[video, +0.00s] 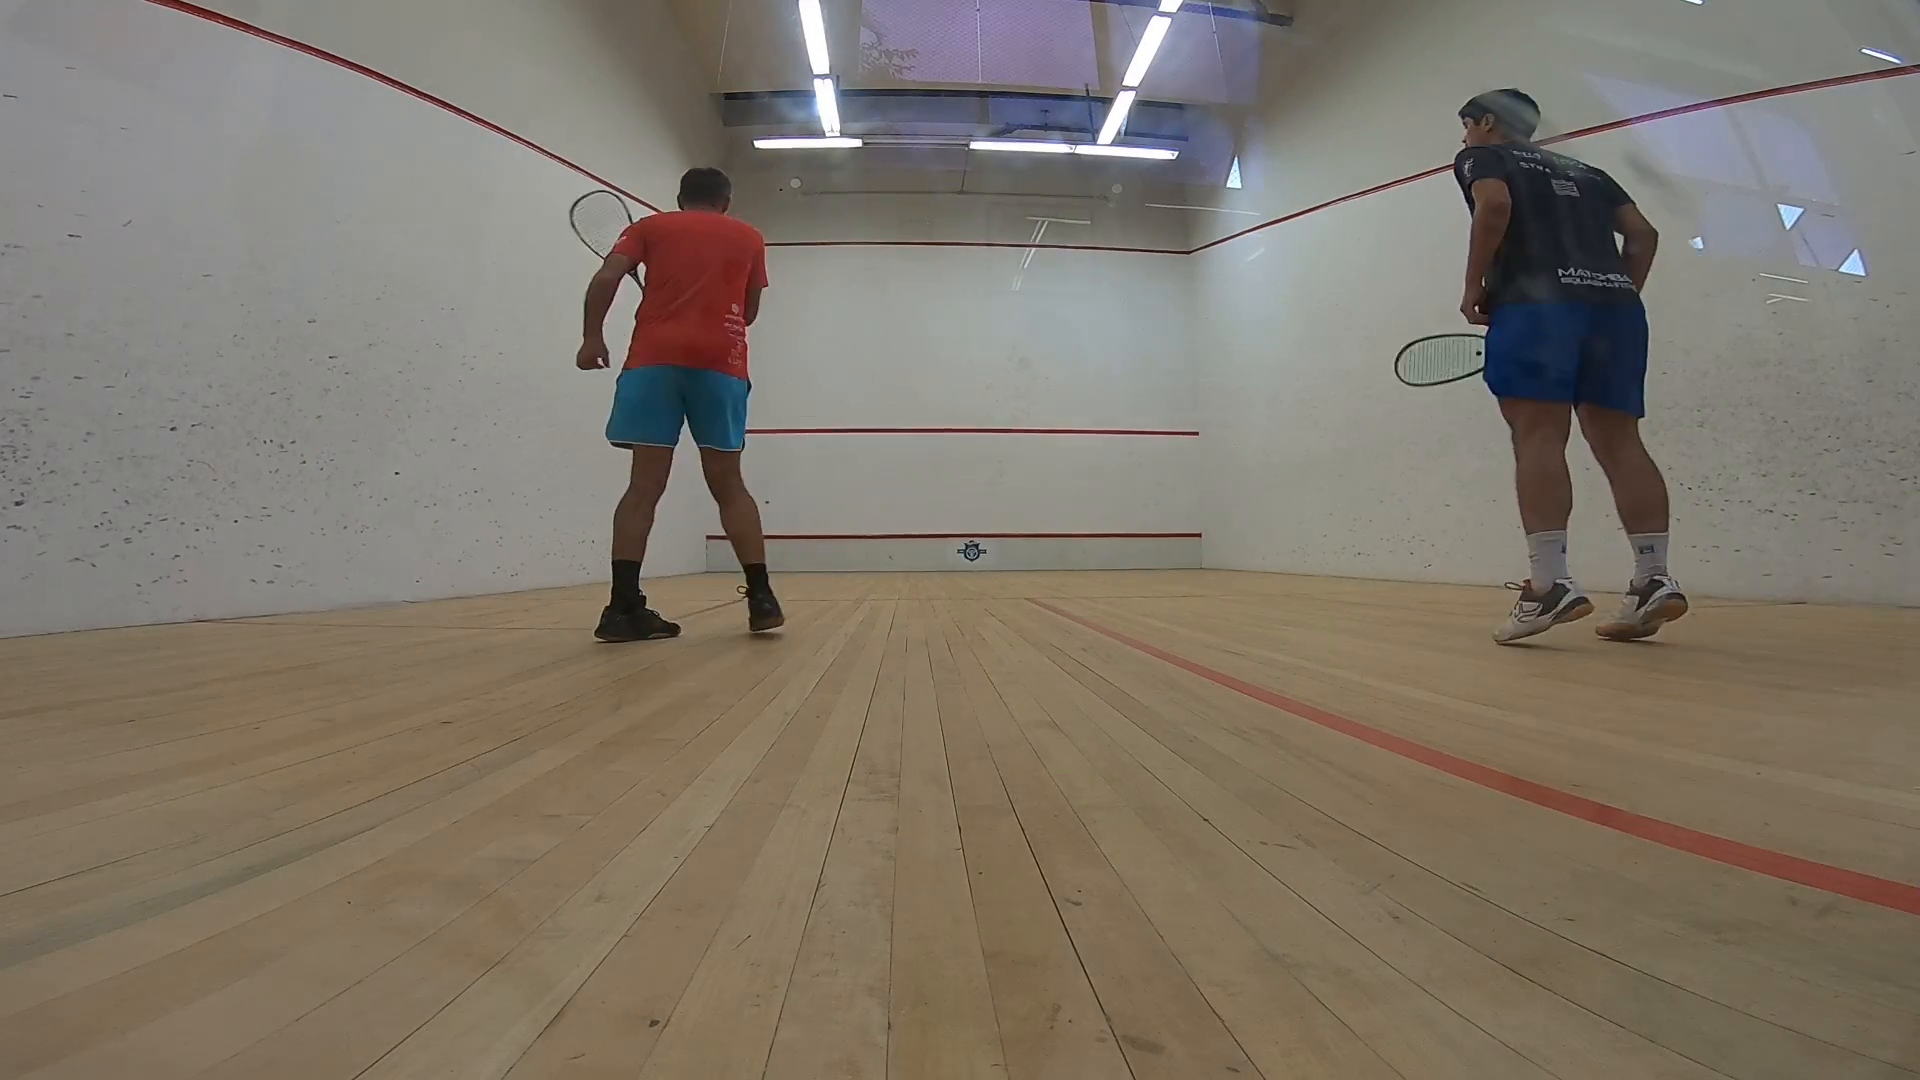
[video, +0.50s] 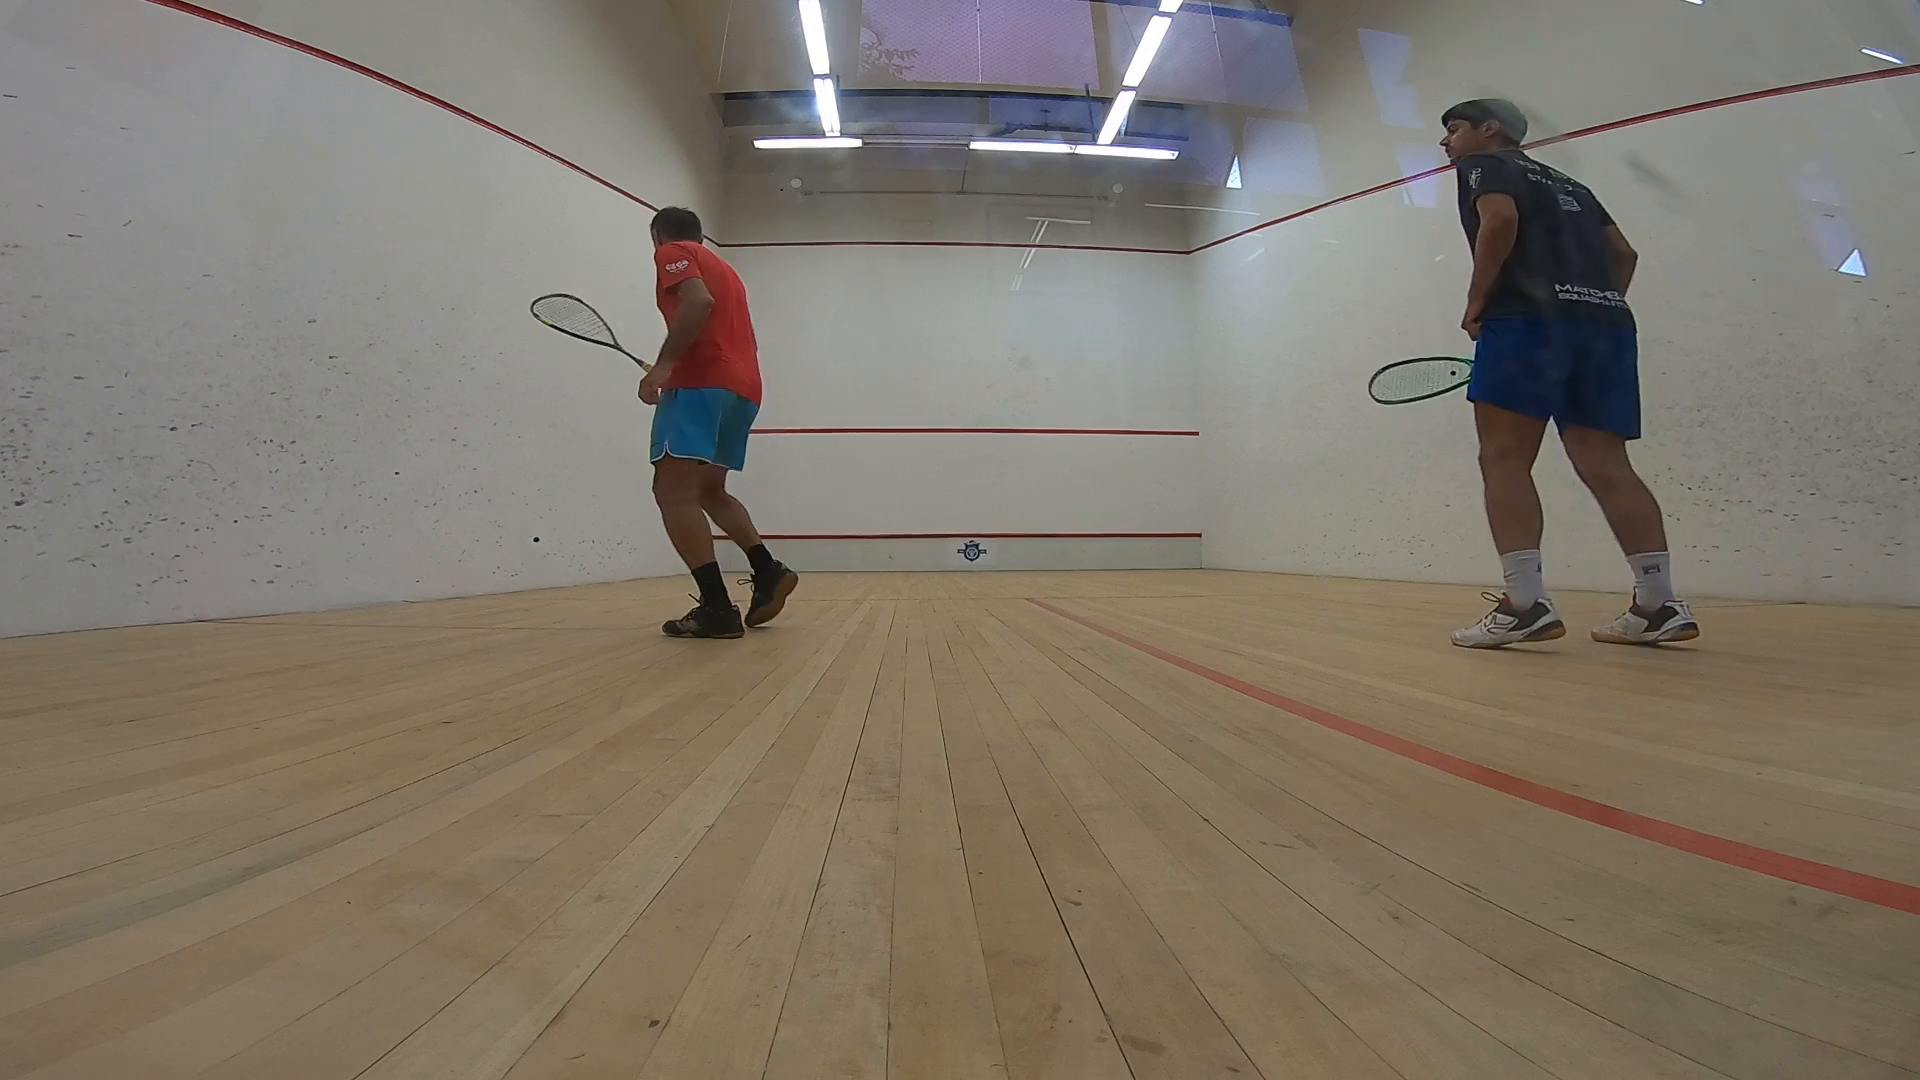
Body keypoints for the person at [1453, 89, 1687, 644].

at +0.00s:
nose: (1463, 136)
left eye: (1467, 126)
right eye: (1464, 127)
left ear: (1489, 122)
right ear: (1525, 128)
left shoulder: (1480, 154)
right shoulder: (1586, 171)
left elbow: (1494, 203)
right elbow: (1643, 235)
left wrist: (1474, 281)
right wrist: (1618, 301)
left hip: (1537, 307)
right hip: (1616, 309)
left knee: (1538, 438)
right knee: (1618, 439)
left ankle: (1549, 586)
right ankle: (1654, 581)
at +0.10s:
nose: (1467, 140)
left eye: (1472, 129)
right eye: (1468, 130)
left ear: (1497, 127)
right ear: (1531, 133)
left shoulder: (1486, 160)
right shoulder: (1591, 176)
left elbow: (1497, 214)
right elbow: (1647, 244)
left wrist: (1474, 291)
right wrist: (1628, 311)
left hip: (1542, 312)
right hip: (1620, 314)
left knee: (1535, 441)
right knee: (1613, 444)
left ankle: (1573, 586)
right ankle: (1657, 590)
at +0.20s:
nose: (1473, 159)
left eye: (1478, 147)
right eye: (1474, 149)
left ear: (1507, 144)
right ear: (1534, 149)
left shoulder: (1496, 179)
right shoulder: (1597, 196)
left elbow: (1505, 234)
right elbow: (1656, 267)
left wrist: (1490, 320)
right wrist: (1632, 337)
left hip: (1546, 346)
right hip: (1625, 350)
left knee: (1531, 475)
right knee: (1608, 473)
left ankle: (1588, 606)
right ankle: (1661, 611)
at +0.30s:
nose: (1466, 156)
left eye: (1472, 145)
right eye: (1467, 147)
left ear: (1506, 141)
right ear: (1523, 145)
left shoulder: (1493, 175)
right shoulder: (1594, 193)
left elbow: (1509, 233)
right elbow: (1644, 268)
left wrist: (1493, 316)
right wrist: (1626, 335)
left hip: (1546, 340)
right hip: (1623, 347)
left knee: (1511, 470)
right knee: (1605, 469)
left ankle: (1577, 596)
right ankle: (1660, 607)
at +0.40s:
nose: (1456, 140)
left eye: (1463, 128)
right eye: (1456, 131)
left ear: (1499, 126)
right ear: (1511, 130)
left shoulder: (1487, 159)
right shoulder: (1580, 180)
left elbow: (1504, 214)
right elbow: (1631, 251)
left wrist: (1484, 295)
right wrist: (1607, 317)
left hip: (1534, 319)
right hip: (1613, 322)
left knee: (1502, 448)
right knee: (1615, 456)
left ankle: (1554, 588)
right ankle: (1659, 599)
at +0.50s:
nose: (1446, 143)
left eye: (1454, 131)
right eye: (1446, 134)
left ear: (1491, 128)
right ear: (1502, 134)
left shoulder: (1482, 161)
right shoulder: (1568, 184)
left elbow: (1500, 219)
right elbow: (1622, 255)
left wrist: (1476, 298)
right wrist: (1596, 322)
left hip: (1529, 324)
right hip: (1604, 326)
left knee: (1505, 458)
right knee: (1604, 463)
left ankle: (1525, 603)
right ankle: (1659, 605)